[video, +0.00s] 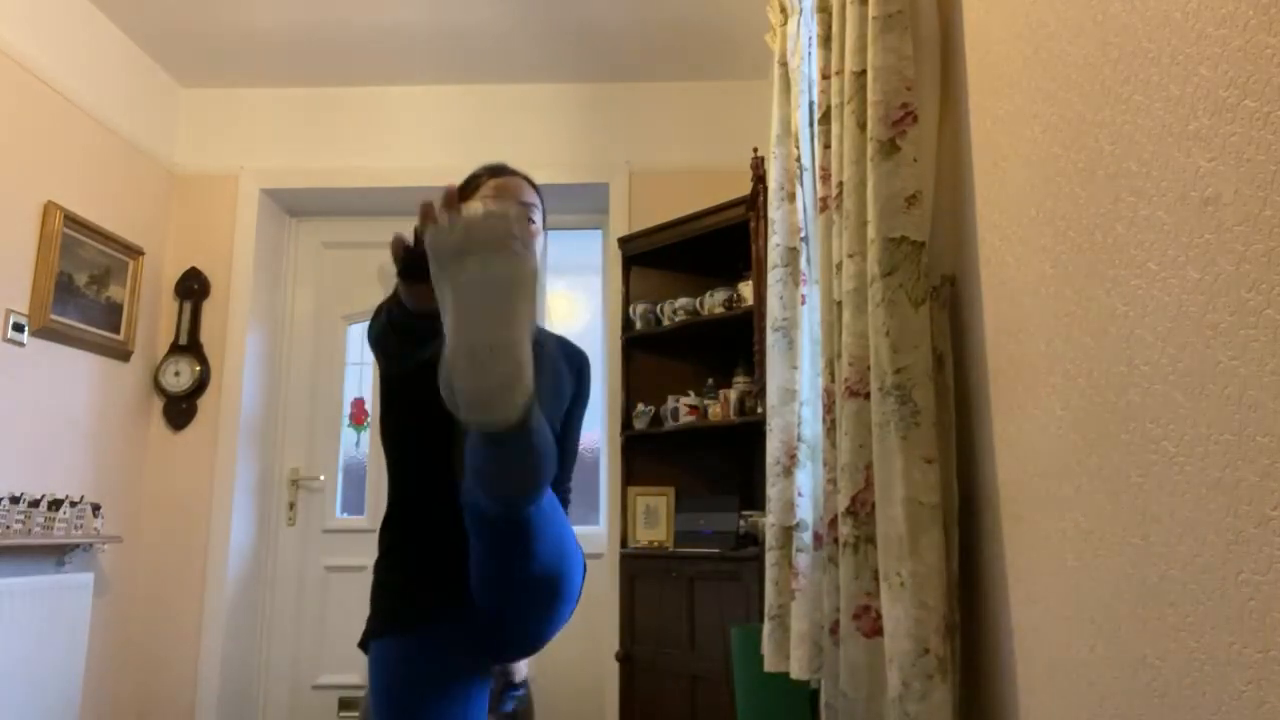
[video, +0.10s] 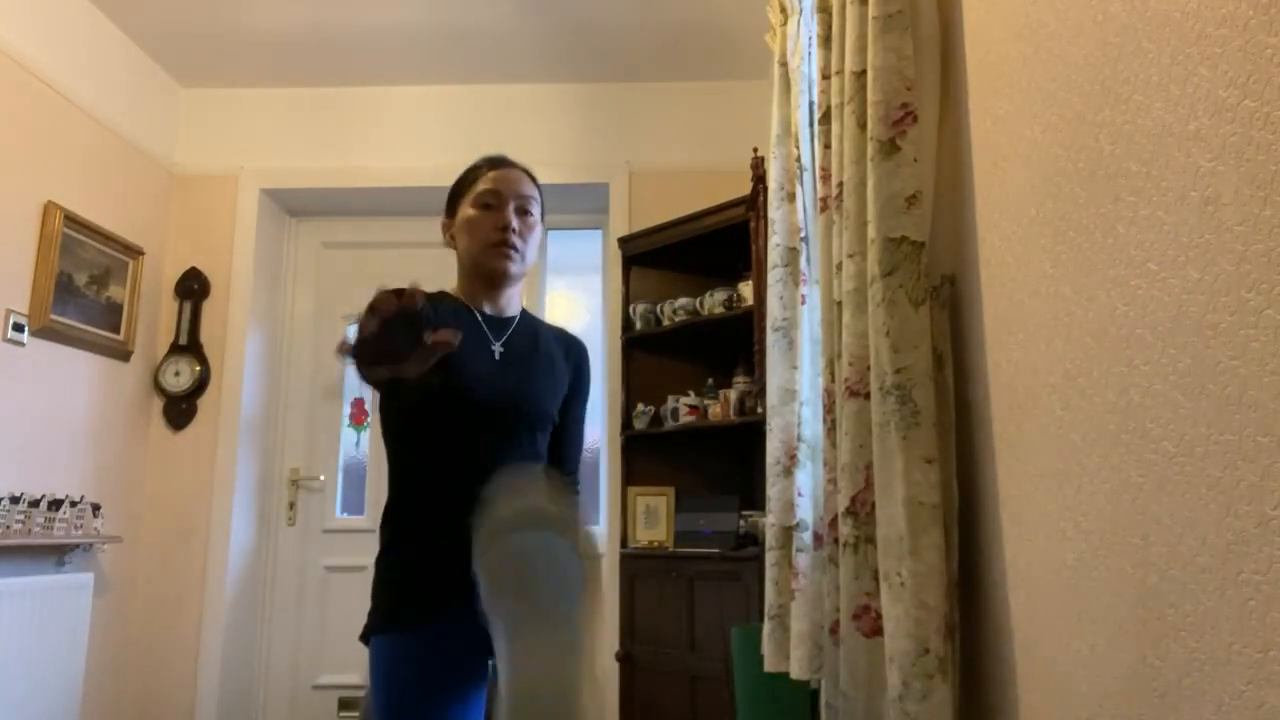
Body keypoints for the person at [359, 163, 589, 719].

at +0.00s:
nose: (515, 226)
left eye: (530, 216)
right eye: (496, 211)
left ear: (543, 238)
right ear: (459, 225)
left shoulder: (564, 359)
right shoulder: (408, 328)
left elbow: (554, 493)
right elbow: (395, 334)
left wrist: (517, 647)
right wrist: (417, 300)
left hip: (520, 602)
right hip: (419, 599)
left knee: (523, 509)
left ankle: (494, 411)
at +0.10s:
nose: (510, 219)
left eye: (526, 210)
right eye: (489, 205)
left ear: (539, 237)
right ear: (449, 229)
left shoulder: (565, 354)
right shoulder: (413, 322)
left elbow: (562, 486)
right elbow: (384, 348)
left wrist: (557, 596)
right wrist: (389, 350)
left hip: (526, 596)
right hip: (423, 593)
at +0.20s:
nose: (508, 212)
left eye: (525, 204)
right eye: (488, 197)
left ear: (539, 234)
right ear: (450, 222)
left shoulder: (568, 343)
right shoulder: (401, 310)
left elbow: (574, 474)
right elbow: (369, 372)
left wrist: (570, 565)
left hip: (535, 551)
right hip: (424, 558)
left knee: (520, 656)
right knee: (408, 707)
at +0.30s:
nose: (509, 208)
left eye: (527, 199)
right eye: (489, 194)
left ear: (540, 231)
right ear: (453, 221)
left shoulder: (574, 337)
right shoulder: (399, 318)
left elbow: (590, 472)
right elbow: (355, 421)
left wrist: (594, 594)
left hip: (538, 583)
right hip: (424, 580)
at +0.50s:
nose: (528, 215)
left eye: (544, 204)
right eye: (507, 202)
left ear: (562, 233)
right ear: (475, 229)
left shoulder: (606, 335)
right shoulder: (427, 331)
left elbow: (643, 469)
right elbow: (379, 475)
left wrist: (669, 601)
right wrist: (327, 615)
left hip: (572, 622)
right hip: (449, 620)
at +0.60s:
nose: (541, 219)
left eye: (558, 208)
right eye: (521, 205)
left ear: (579, 239)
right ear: (491, 235)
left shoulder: (624, 334)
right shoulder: (446, 335)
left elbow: (667, 439)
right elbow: (402, 482)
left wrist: (690, 551)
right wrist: (358, 621)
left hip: (588, 597)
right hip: (470, 597)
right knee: (458, 708)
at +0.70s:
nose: (549, 218)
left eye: (567, 206)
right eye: (530, 205)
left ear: (589, 234)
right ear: (500, 233)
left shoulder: (632, 324)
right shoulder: (459, 334)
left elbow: (670, 390)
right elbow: (424, 479)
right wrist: (385, 619)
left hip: (591, 566)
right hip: (484, 553)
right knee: (467, 643)